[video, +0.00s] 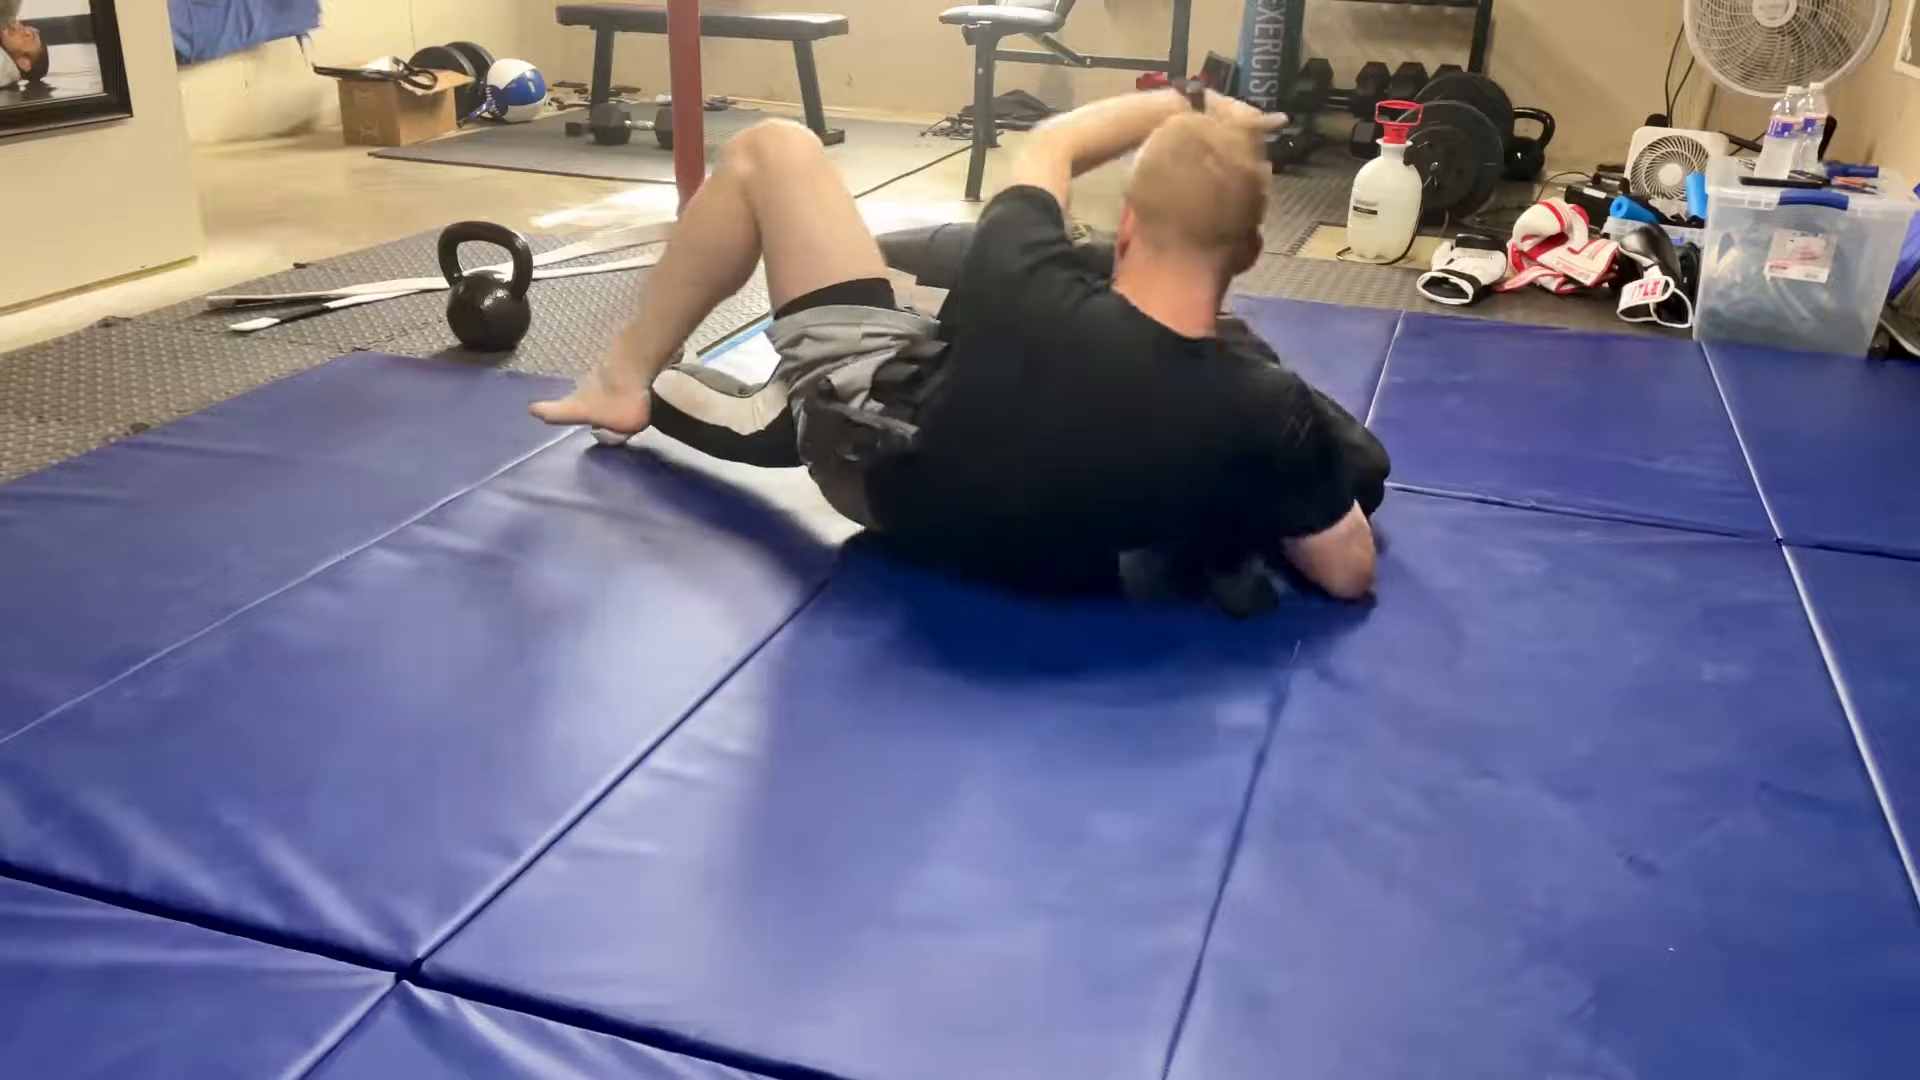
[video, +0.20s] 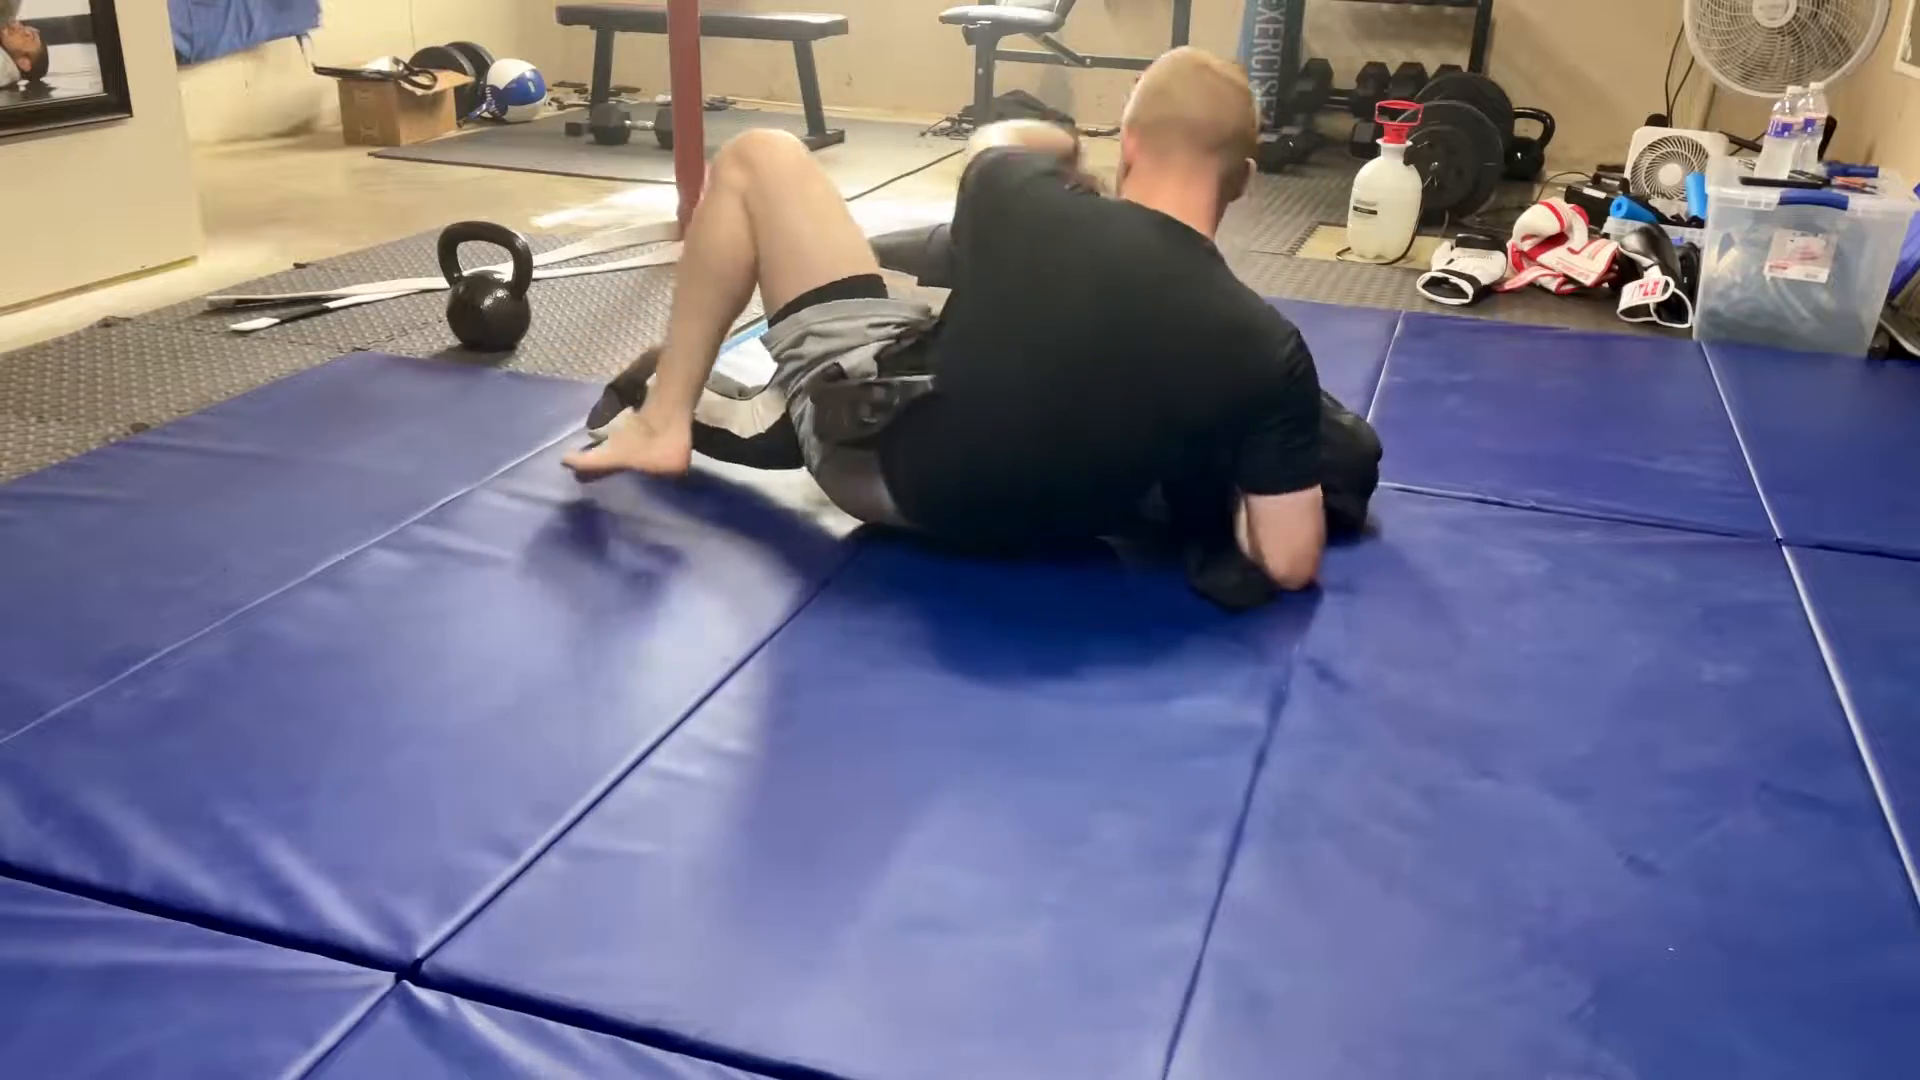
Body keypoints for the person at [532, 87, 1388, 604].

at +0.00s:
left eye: (1132, 187)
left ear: (1125, 218)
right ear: (1249, 257)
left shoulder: (1027, 276)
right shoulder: (1268, 416)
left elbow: (1054, 143)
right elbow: (1349, 575)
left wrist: (1176, 99)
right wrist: (1268, 476)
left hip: (884, 472)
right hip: (1046, 560)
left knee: (773, 147)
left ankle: (623, 380)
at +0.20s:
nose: (1114, 144)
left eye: (1123, 135)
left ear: (1122, 147)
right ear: (1243, 182)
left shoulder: (1018, 197)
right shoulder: (1268, 356)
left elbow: (1004, 140)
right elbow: (1291, 564)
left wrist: (1075, 149)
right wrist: (1214, 467)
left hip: (877, 467)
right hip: (1009, 540)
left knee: (756, 158)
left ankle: (663, 419)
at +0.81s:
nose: (1159, 152)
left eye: (1163, 139)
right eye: (1165, 140)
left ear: (1174, 148)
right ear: (1282, 189)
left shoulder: (1066, 196)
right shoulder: (1295, 352)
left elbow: (950, 210)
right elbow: (1293, 565)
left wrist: (1049, 256)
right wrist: (1230, 469)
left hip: (910, 469)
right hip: (1055, 527)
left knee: (759, 168)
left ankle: (715, 441)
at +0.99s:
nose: (1167, 152)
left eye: (1172, 140)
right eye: (1178, 138)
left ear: (1182, 156)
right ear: (1293, 194)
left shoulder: (1057, 228)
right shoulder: (1308, 366)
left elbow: (961, 189)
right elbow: (1287, 568)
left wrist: (1003, 174)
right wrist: (1224, 461)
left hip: (912, 469)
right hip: (1049, 531)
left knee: (761, 159)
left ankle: (734, 444)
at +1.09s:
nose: (1177, 163)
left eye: (1185, 152)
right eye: (1189, 147)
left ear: (1198, 174)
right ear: (1312, 213)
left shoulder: (1073, 256)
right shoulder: (1321, 386)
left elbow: (976, 187)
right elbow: (1286, 573)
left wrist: (1024, 160)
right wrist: (1234, 486)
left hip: (925, 471)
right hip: (1057, 530)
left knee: (763, 157)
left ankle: (732, 452)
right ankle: (670, 392)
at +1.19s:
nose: (1204, 189)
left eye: (1211, 175)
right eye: (1213, 172)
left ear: (1220, 202)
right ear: (1339, 237)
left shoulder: (1090, 285)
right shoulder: (1355, 409)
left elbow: (997, 186)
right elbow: (1283, 573)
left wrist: (1055, 127)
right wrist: (1238, 499)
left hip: (941, 480)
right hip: (1109, 538)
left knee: (763, 168)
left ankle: (726, 468)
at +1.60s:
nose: (1310, 187)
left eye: (1333, 167)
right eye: (1320, 165)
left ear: (1414, 182)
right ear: (1438, 193)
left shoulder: (1363, 244)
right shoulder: (1462, 371)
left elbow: (1107, 246)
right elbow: (1308, 570)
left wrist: (1089, 156)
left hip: (1080, 518)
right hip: (1157, 584)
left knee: (797, 264)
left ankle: (663, 493)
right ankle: (744, 429)